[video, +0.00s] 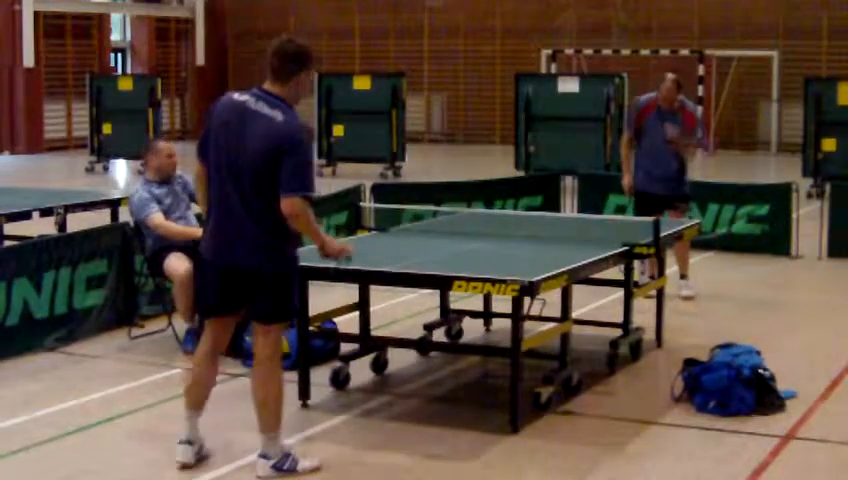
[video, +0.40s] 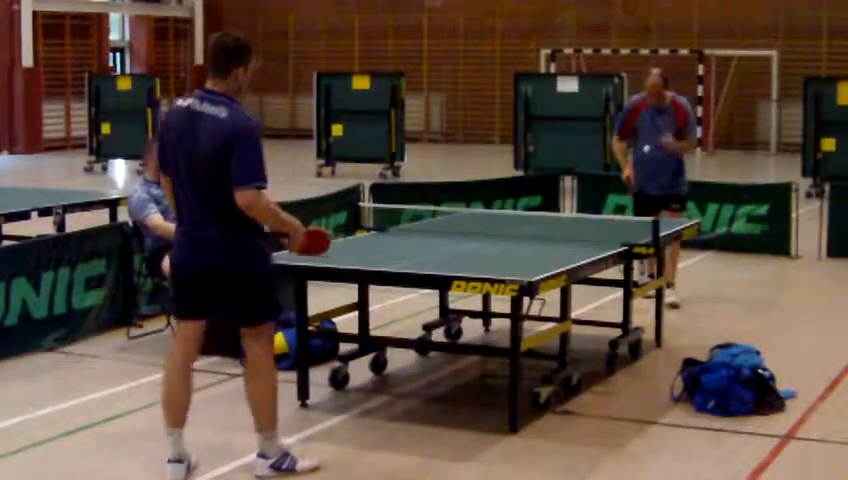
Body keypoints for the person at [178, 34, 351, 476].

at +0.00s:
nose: (313, 84)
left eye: (312, 76)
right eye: (311, 77)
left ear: (270, 71)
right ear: (301, 79)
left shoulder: (226, 106)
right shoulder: (292, 130)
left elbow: (201, 171)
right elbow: (292, 205)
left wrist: (211, 219)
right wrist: (324, 241)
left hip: (220, 248)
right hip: (269, 254)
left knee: (212, 339)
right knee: (268, 347)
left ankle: (188, 439)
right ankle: (272, 452)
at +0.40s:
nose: (250, 77)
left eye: (248, 70)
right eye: (250, 71)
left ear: (209, 66)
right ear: (242, 72)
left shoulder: (175, 113)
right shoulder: (239, 125)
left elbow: (163, 175)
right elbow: (248, 199)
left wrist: (186, 218)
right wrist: (292, 225)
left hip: (190, 252)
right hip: (240, 254)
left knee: (183, 344)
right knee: (258, 343)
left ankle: (176, 454)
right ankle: (270, 450)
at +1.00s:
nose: (271, 85)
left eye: (270, 78)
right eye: (271, 79)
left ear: (231, 72)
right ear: (263, 79)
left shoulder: (197, 115)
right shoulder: (248, 124)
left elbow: (188, 185)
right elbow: (244, 197)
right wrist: (287, 235)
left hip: (196, 253)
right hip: (245, 255)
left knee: (188, 345)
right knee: (276, 337)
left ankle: (176, 454)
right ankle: (300, 438)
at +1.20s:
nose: (318, 104)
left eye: (318, 97)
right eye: (318, 98)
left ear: (282, 87)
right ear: (311, 96)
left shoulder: (239, 118)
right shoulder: (291, 139)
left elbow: (226, 182)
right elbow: (292, 212)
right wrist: (322, 251)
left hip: (213, 246)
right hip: (264, 252)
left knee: (211, 339)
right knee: (289, 340)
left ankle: (178, 440)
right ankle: (300, 437)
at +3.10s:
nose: (324, 109)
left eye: (324, 102)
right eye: (325, 103)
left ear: (288, 98)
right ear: (315, 101)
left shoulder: (251, 135)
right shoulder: (306, 141)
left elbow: (236, 197)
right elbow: (321, 212)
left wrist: (282, 219)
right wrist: (363, 225)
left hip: (239, 251)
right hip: (285, 254)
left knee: (242, 339)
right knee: (343, 334)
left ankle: (211, 435)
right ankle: (350, 441)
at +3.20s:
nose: (351, 112)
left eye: (351, 104)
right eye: (350, 104)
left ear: (314, 99)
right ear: (339, 104)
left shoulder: (281, 132)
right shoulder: (314, 144)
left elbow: (290, 197)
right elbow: (310, 214)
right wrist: (357, 252)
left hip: (248, 257)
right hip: (289, 262)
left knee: (252, 342)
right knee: (360, 329)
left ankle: (212, 433)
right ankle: (378, 440)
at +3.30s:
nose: (381, 134)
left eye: (382, 127)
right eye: (380, 126)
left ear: (351, 118)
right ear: (364, 123)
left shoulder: (319, 141)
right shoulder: (332, 159)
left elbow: (351, 204)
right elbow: (297, 222)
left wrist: (400, 208)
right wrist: (332, 277)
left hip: (261, 264)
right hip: (290, 272)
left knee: (266, 347)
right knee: (373, 335)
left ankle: (215, 432)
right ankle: (411, 439)